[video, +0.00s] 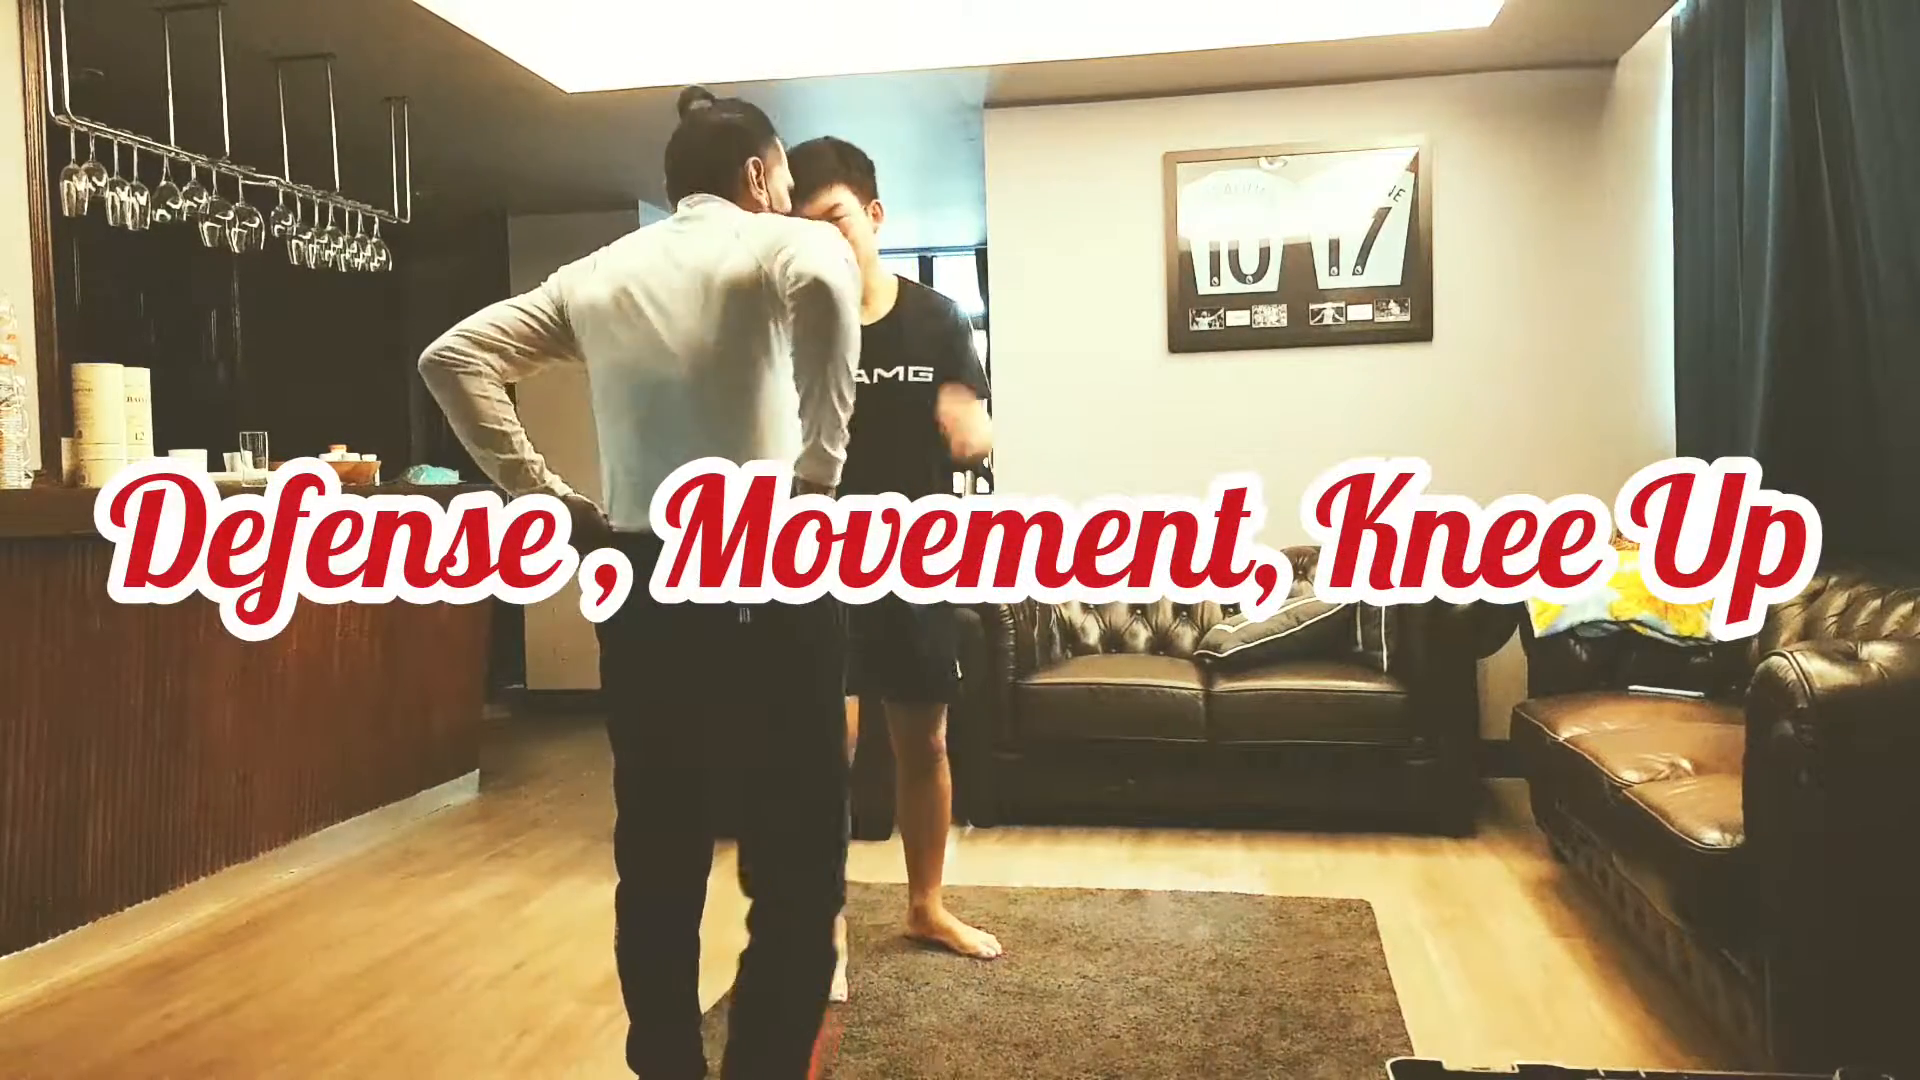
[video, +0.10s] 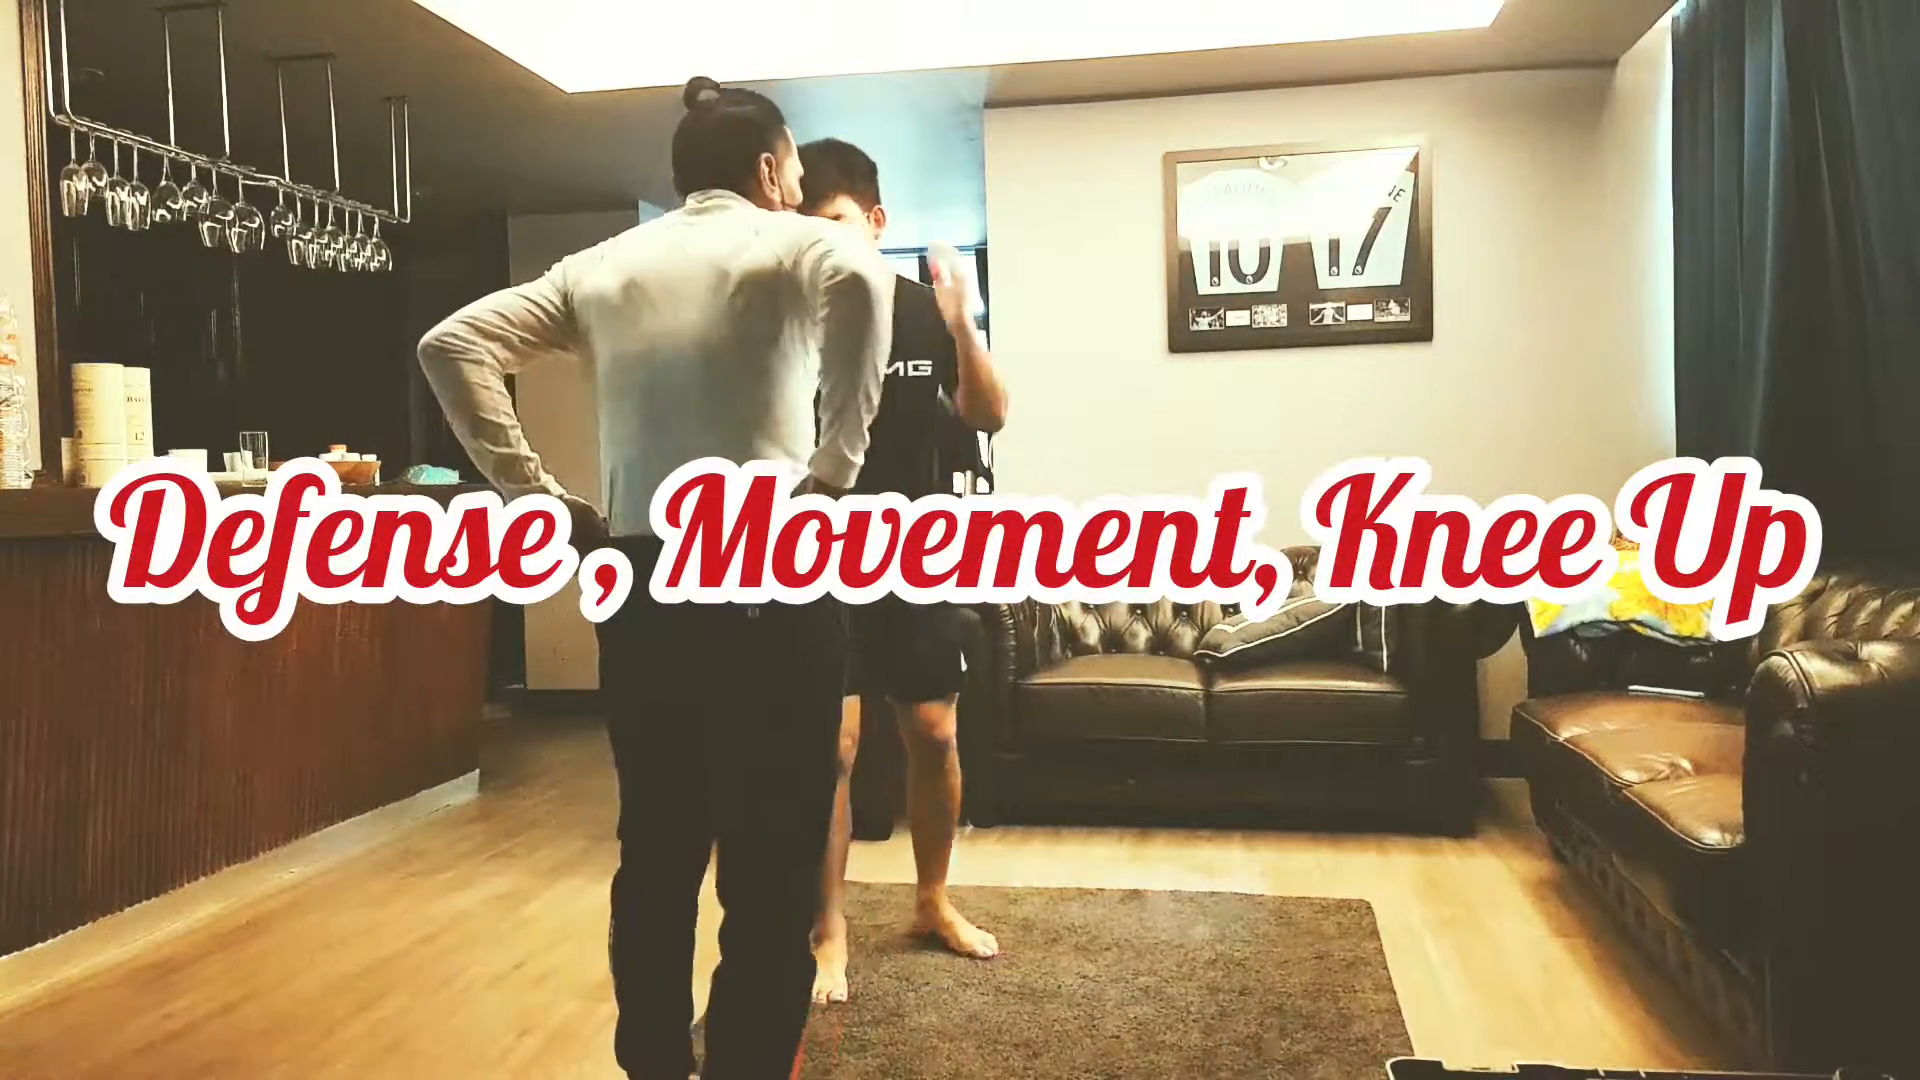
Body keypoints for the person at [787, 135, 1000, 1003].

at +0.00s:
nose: (826, 235)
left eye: (838, 215)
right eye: (811, 223)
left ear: (876, 213)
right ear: (797, 232)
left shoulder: (931, 317)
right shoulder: (791, 322)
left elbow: (972, 438)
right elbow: (763, 426)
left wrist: (965, 432)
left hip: (917, 556)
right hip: (819, 559)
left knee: (924, 742)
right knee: (827, 746)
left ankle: (929, 907)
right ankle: (827, 933)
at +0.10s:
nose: (824, 233)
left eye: (838, 217)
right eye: (812, 221)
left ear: (878, 217)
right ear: (801, 228)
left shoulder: (924, 302)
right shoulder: (791, 313)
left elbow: (986, 415)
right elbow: (762, 416)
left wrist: (960, 317)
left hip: (919, 538)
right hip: (822, 545)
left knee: (935, 732)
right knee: (833, 742)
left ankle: (935, 901)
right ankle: (826, 930)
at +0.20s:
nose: (832, 236)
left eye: (845, 221)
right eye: (820, 223)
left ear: (884, 220)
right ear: (810, 228)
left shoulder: (927, 293)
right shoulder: (798, 304)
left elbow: (995, 363)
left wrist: (933, 251)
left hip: (928, 534)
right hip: (828, 539)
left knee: (952, 729)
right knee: (836, 743)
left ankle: (958, 887)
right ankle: (827, 928)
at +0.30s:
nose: (846, 239)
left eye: (859, 224)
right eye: (832, 226)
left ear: (897, 223)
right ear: (815, 230)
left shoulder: (930, 296)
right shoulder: (803, 301)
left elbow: (998, 317)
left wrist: (926, 242)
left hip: (931, 537)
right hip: (830, 541)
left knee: (967, 730)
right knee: (840, 745)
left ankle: (989, 858)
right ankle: (827, 929)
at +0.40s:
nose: (867, 246)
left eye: (877, 229)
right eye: (852, 234)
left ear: (914, 227)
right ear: (835, 239)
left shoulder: (951, 303)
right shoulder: (824, 310)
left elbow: (1002, 297)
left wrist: (936, 236)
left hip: (943, 546)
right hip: (843, 550)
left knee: (979, 734)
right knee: (842, 745)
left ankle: (1017, 855)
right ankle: (827, 930)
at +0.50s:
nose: (888, 264)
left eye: (901, 243)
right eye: (873, 249)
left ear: (939, 235)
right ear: (856, 249)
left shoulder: (976, 313)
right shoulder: (845, 315)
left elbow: (1009, 295)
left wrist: (949, 242)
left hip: (956, 565)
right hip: (855, 565)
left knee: (998, 740)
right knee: (847, 748)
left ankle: (1027, 858)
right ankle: (828, 931)